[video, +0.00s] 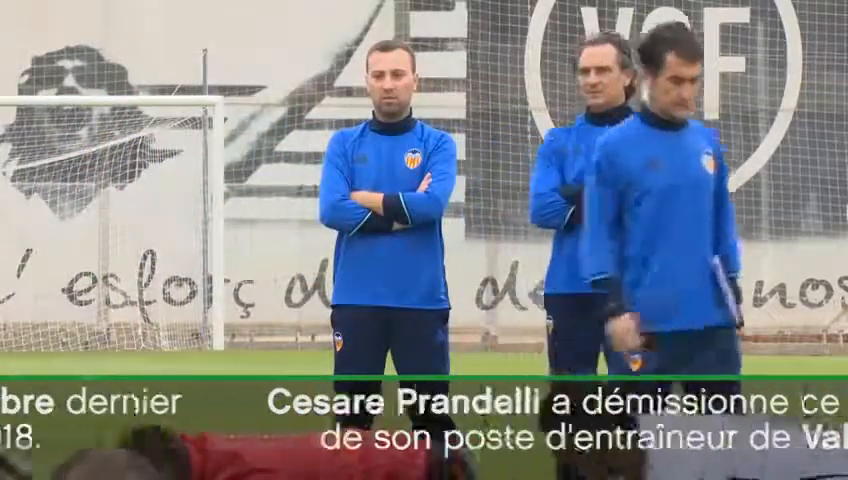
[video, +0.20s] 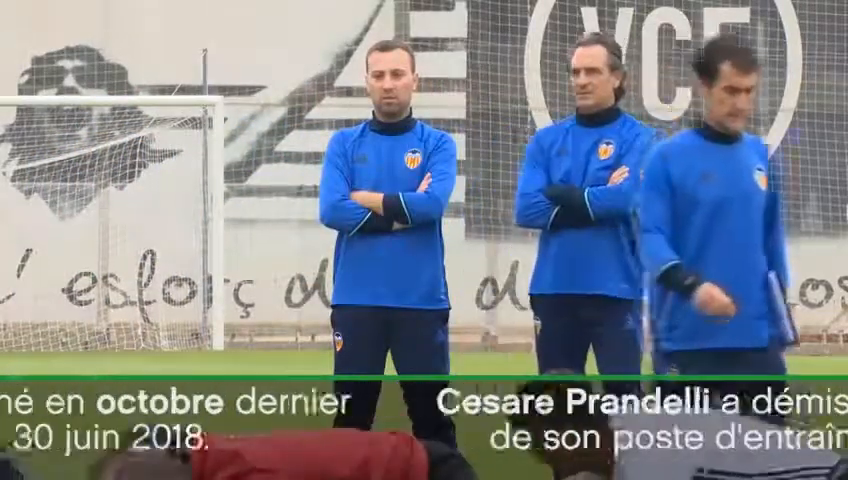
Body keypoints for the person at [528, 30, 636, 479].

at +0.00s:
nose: (592, 80)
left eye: (602, 71)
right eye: (585, 72)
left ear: (629, 79)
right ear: (577, 79)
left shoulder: (647, 134)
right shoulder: (559, 140)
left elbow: (657, 197)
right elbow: (541, 209)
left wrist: (579, 191)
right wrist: (608, 198)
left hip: (635, 285)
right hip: (571, 287)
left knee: (635, 399)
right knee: (570, 399)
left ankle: (635, 476)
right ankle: (571, 474)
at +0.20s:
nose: (582, 81)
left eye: (592, 72)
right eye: (576, 72)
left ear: (617, 78)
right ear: (570, 78)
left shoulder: (638, 136)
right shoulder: (544, 139)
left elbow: (629, 198)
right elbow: (526, 210)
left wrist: (558, 194)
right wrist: (602, 196)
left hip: (616, 292)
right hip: (554, 292)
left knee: (624, 404)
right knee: (557, 405)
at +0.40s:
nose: (571, 80)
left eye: (582, 71)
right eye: (565, 72)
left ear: (607, 78)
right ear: (558, 78)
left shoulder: (626, 134)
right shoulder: (535, 140)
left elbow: (619, 198)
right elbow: (519, 213)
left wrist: (548, 194)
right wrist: (594, 195)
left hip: (609, 288)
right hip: (549, 290)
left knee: (618, 399)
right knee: (553, 401)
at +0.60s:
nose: (566, 79)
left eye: (577, 70)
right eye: (559, 72)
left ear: (599, 78)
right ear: (552, 79)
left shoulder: (620, 131)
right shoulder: (531, 144)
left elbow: (611, 196)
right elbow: (518, 217)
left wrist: (546, 197)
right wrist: (591, 192)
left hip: (610, 291)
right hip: (549, 294)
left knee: (622, 404)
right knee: (554, 407)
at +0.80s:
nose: (564, 79)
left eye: (575, 70)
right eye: (556, 71)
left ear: (597, 78)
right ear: (548, 80)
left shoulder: (618, 131)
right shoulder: (531, 144)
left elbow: (610, 195)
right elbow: (518, 219)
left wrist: (545, 197)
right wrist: (590, 192)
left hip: (611, 290)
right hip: (551, 294)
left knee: (625, 405)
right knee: (558, 407)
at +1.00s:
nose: (564, 79)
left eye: (575, 70)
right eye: (557, 71)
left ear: (597, 77)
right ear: (548, 79)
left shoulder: (619, 131)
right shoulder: (530, 144)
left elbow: (609, 197)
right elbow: (517, 219)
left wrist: (543, 198)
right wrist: (590, 192)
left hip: (611, 291)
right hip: (550, 294)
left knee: (626, 404)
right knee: (557, 407)